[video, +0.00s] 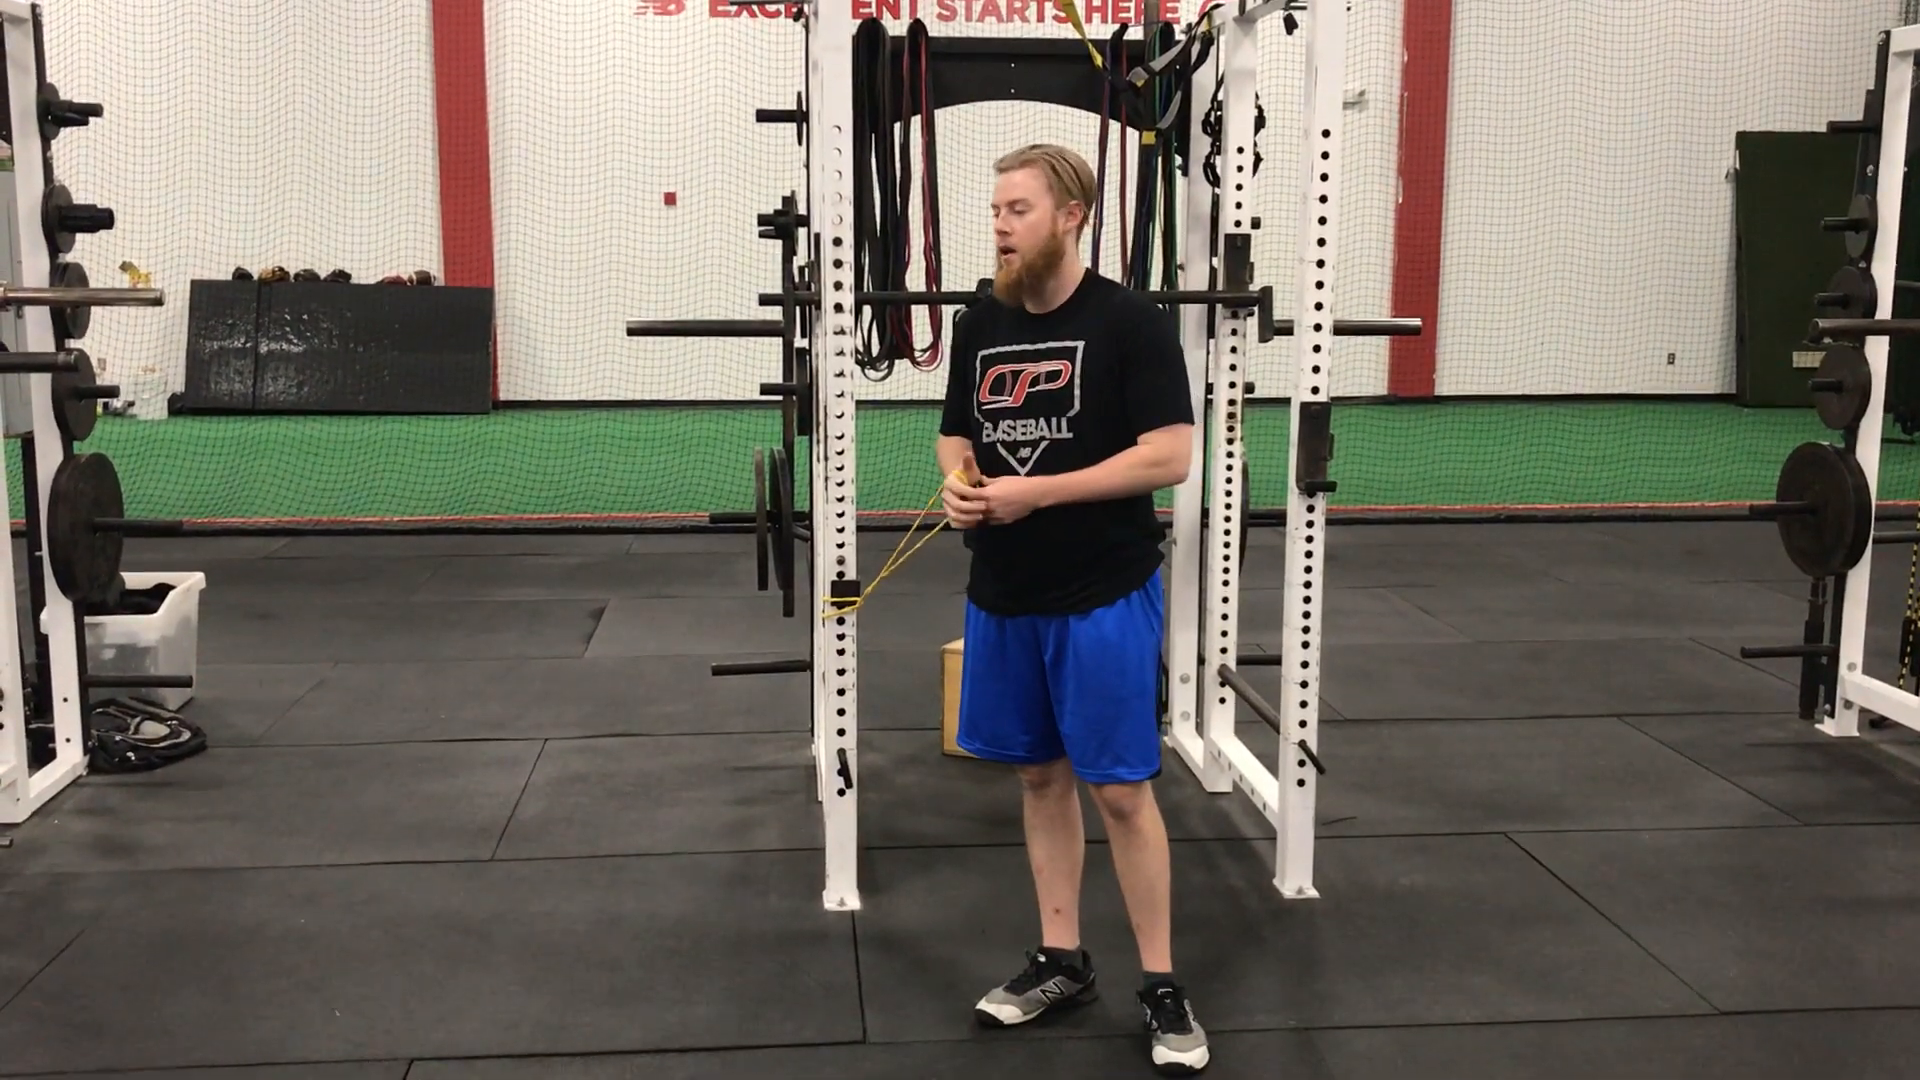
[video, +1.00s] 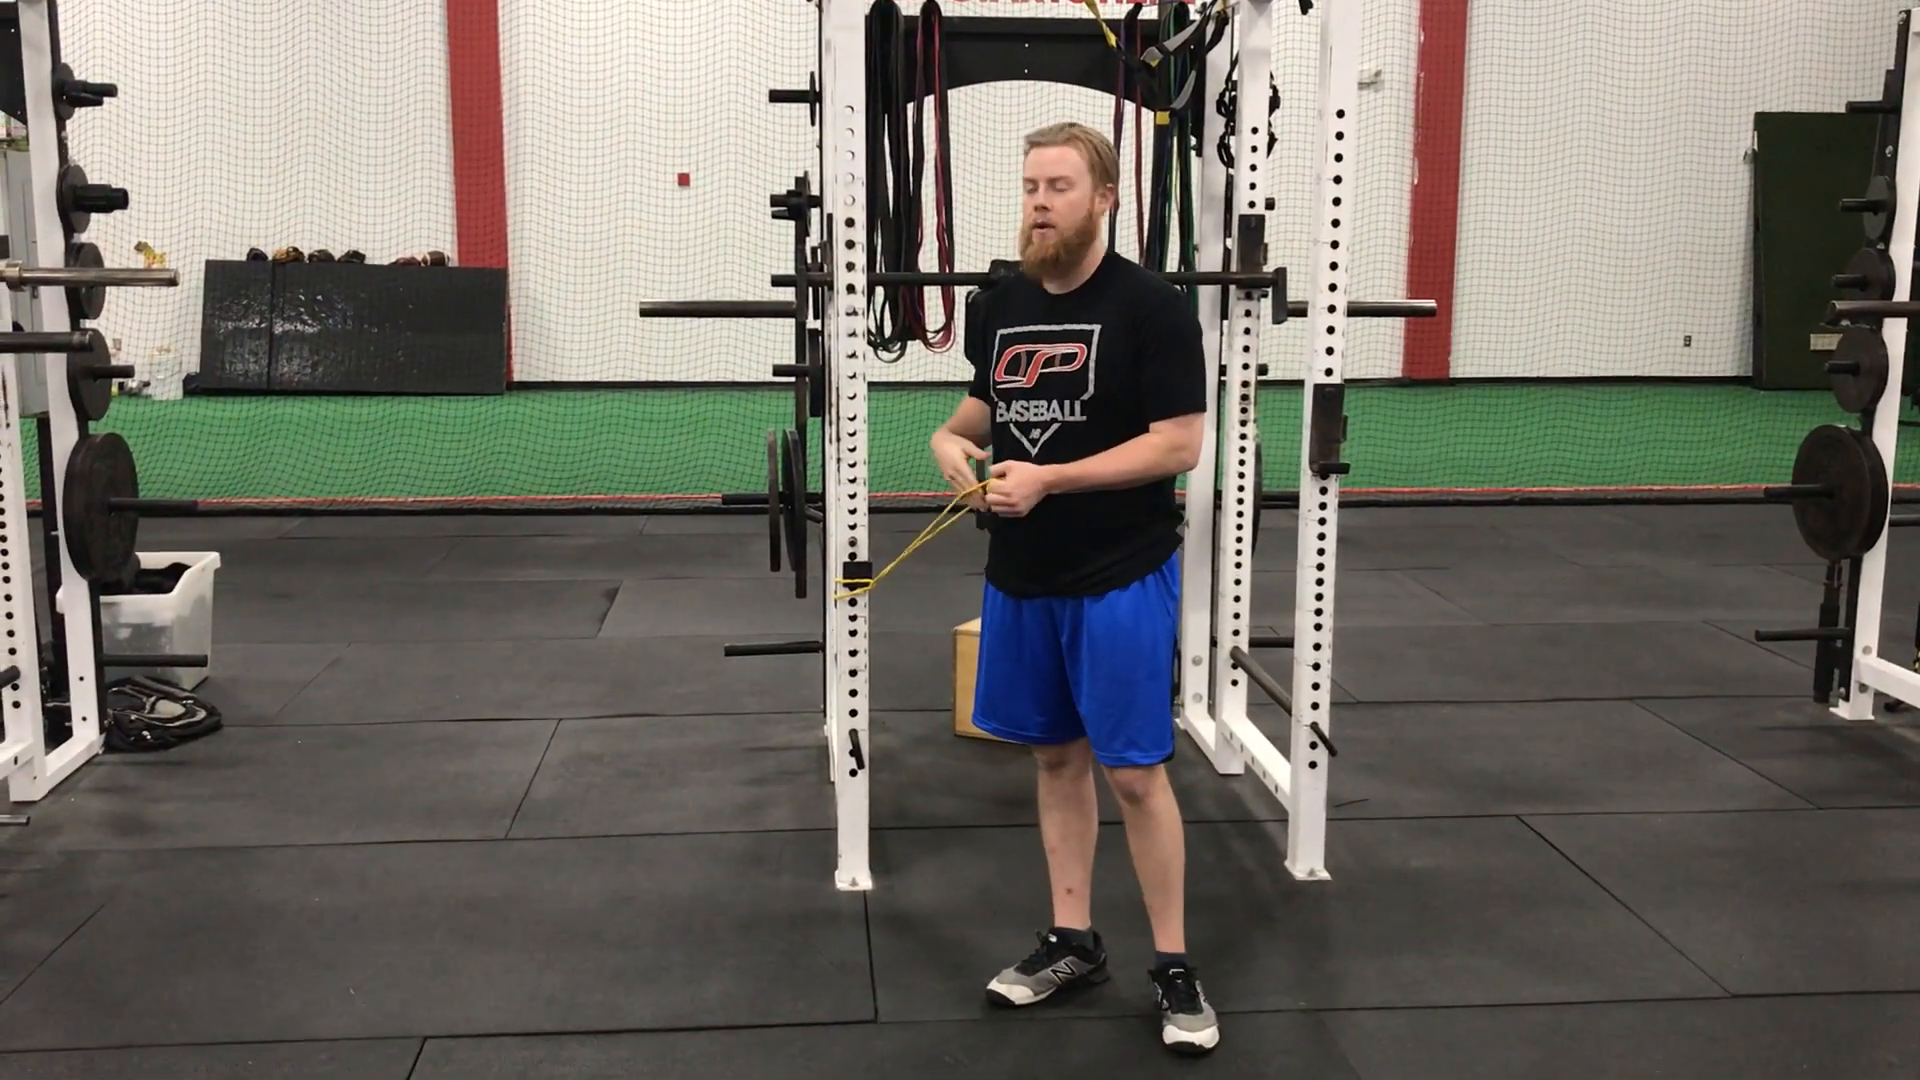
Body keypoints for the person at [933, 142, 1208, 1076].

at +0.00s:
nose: (999, 226)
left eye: (1017, 209)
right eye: (995, 211)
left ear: (1071, 218)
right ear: (995, 222)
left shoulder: (1132, 319)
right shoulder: (981, 321)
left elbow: (1171, 453)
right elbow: (956, 436)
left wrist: (1034, 491)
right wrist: (960, 483)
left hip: (1107, 597)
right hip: (1006, 598)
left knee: (1122, 793)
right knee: (1041, 780)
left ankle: (1161, 988)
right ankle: (1061, 963)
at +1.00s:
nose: (1037, 202)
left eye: (1057, 187)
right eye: (1029, 187)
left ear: (1102, 200)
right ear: (1021, 199)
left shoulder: (1152, 305)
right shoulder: (999, 301)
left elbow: (1182, 442)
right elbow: (986, 408)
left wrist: (1050, 476)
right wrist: (948, 438)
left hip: (1122, 578)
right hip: (1024, 579)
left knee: (1134, 774)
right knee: (1057, 760)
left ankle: (1172, 966)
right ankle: (1072, 940)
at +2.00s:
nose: (1097, 230)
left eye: (1103, 214)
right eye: (1098, 214)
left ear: (1141, 216)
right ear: (1152, 213)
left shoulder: (1237, 326)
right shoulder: (1127, 311)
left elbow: (1252, 476)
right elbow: (1109, 436)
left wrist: (1114, 495)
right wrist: (1019, 509)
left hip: (1203, 601)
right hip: (1112, 593)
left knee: (1206, 787)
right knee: (1101, 768)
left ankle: (1207, 974)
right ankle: (1089, 954)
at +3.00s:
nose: (1066, 233)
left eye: (1079, 215)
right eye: (1064, 215)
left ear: (1136, 213)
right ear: (1115, 216)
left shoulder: (1210, 318)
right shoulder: (1078, 328)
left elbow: (1228, 459)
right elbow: (1045, 460)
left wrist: (1088, 486)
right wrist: (1018, 591)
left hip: (1185, 598)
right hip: (1089, 597)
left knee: (1198, 781)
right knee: (1099, 772)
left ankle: (1211, 974)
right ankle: (1097, 957)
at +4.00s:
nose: (1123, 222)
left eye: (1143, 205)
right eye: (1110, 204)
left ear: (1181, 216)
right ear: (1094, 212)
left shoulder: (1225, 321)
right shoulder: (1074, 329)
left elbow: (1246, 462)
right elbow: (1053, 462)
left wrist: (1109, 489)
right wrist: (1031, 583)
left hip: (1199, 601)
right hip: (1097, 600)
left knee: (1209, 786)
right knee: (1108, 778)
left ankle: (1223, 979)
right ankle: (1108, 962)